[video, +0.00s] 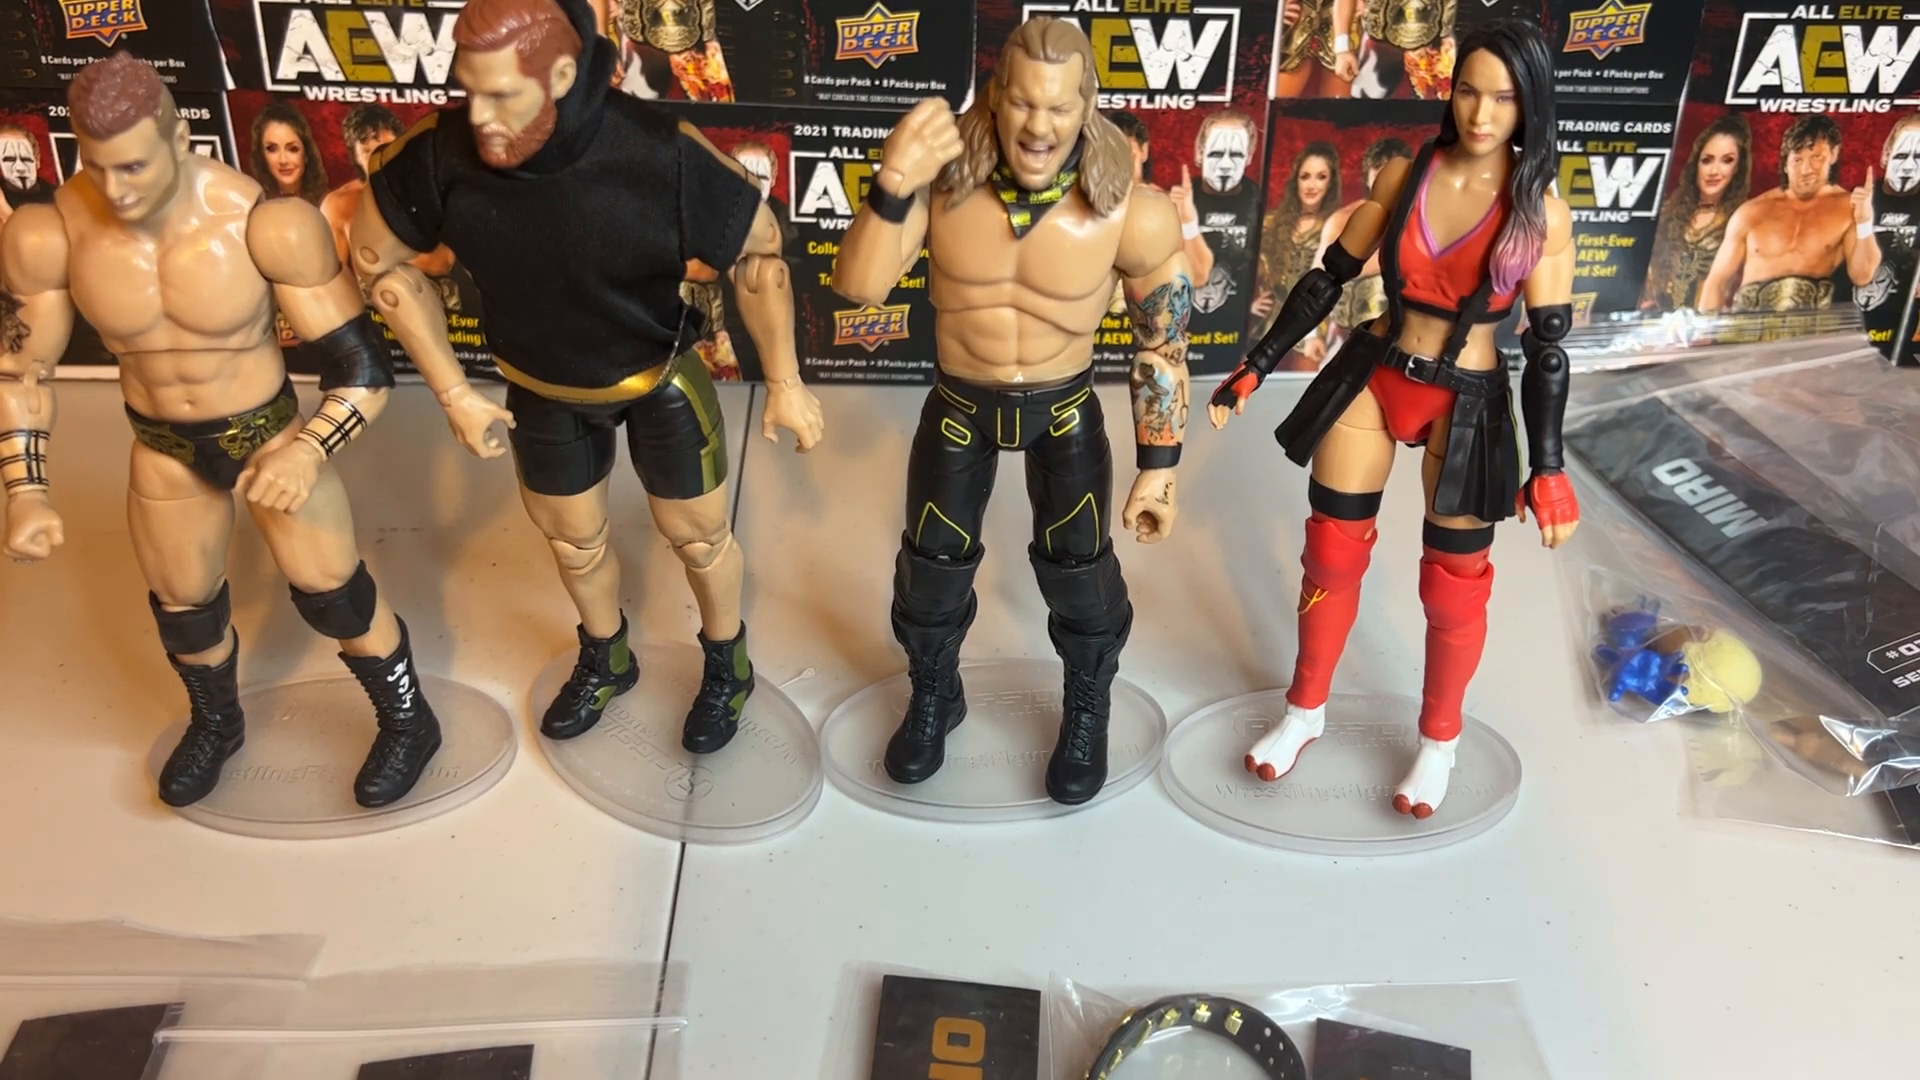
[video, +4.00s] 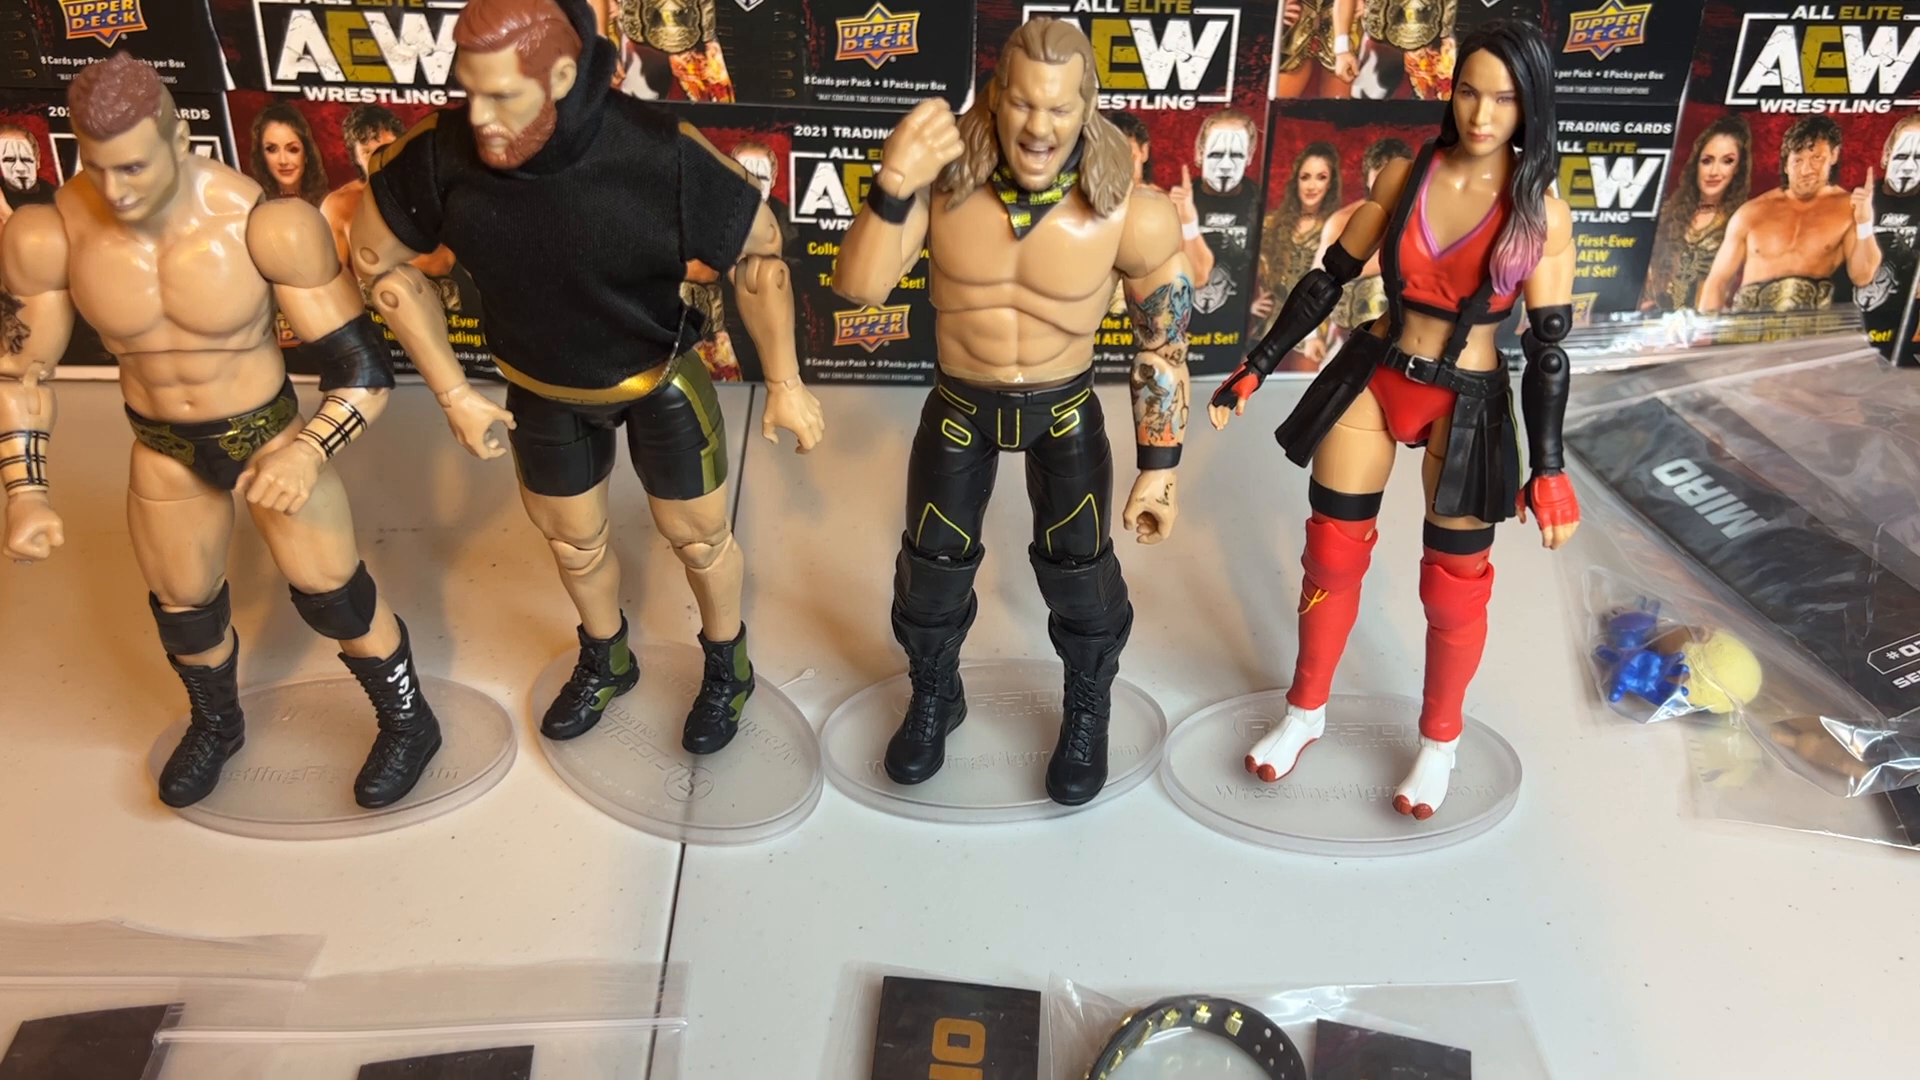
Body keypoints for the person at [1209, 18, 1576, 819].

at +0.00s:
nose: (1479, 113)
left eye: (1500, 98)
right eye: (1469, 93)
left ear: (1528, 108)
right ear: (1450, 93)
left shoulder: (1540, 208)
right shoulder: (1406, 174)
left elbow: (1549, 343)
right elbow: (1332, 273)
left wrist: (1548, 464)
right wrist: (1256, 363)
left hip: (1466, 404)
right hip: (1371, 382)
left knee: (1453, 589)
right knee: (1331, 558)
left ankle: (1437, 742)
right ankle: (1304, 710)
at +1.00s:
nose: (1480, 113)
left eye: (1501, 99)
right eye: (1469, 93)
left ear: (1529, 108)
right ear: (1450, 93)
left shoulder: (1540, 209)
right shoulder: (1407, 174)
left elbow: (1549, 344)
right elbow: (1332, 273)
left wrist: (1549, 465)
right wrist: (1256, 364)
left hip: (1466, 404)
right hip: (1371, 382)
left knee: (1454, 589)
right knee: (1331, 558)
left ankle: (1437, 742)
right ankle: (1304, 710)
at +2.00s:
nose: (1479, 113)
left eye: (1501, 99)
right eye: (1469, 93)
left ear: (1528, 108)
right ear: (1450, 93)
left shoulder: (1540, 209)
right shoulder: (1406, 174)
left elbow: (1549, 344)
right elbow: (1333, 273)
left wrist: (1549, 464)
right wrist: (1256, 363)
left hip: (1466, 405)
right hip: (1371, 383)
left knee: (1454, 590)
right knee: (1331, 559)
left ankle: (1438, 742)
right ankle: (1304, 710)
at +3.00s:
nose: (1480, 113)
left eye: (1501, 99)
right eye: (1469, 93)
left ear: (1528, 108)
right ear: (1451, 94)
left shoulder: (1540, 208)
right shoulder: (1406, 175)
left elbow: (1549, 343)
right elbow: (1332, 273)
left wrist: (1549, 465)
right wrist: (1256, 364)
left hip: (1467, 404)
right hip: (1371, 382)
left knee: (1454, 590)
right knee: (1331, 559)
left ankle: (1437, 742)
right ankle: (1304, 710)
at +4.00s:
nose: (1480, 113)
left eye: (1501, 99)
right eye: (1469, 94)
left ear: (1528, 108)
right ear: (1451, 94)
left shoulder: (1540, 209)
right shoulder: (1406, 175)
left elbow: (1548, 345)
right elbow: (1332, 274)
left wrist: (1549, 466)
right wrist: (1256, 364)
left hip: (1467, 404)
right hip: (1372, 382)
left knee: (1454, 591)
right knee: (1331, 559)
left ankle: (1438, 741)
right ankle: (1304, 710)